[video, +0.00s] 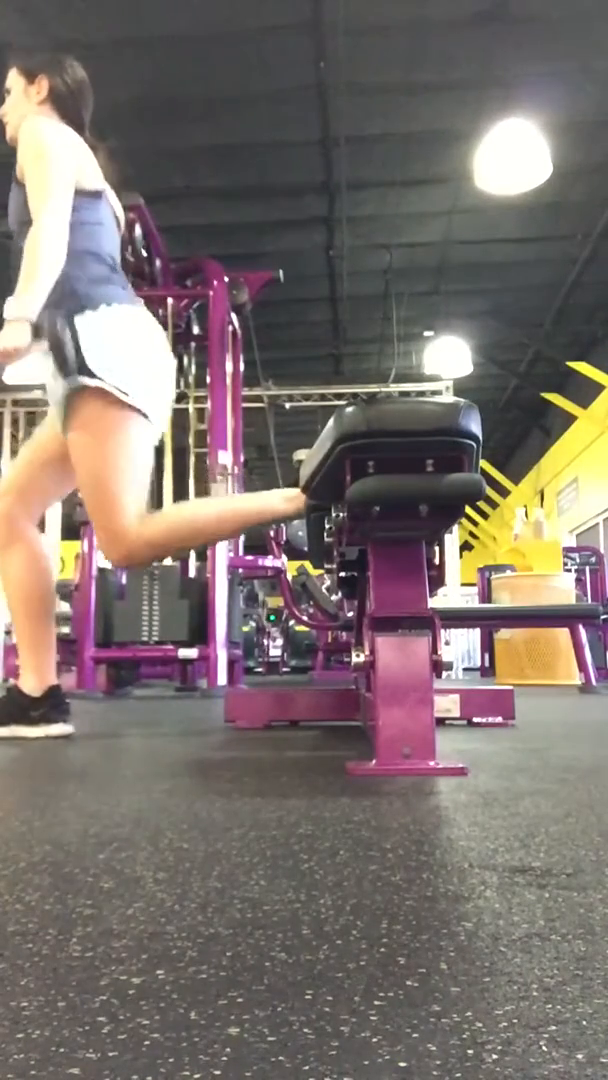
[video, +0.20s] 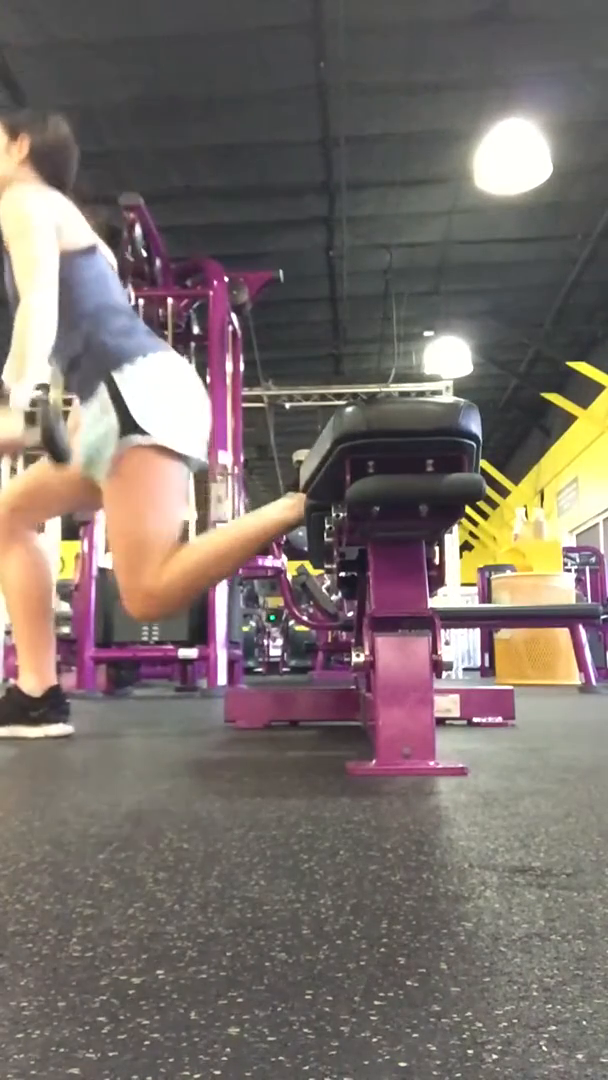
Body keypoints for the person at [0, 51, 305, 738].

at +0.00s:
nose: (5, 106)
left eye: (11, 93)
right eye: (6, 94)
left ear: (38, 90)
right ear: (54, 98)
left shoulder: (44, 133)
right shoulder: (69, 156)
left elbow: (50, 229)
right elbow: (77, 272)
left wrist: (18, 316)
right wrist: (26, 347)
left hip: (115, 344)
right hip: (103, 358)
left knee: (122, 537)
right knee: (14, 508)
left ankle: (304, 497)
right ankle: (37, 691)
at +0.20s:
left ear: (19, 147)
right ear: (40, 155)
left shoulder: (27, 200)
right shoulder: (51, 217)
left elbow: (40, 298)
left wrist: (23, 398)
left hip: (143, 392)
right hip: (117, 414)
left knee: (148, 592)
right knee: (13, 512)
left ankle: (306, 499)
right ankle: (36, 691)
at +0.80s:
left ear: (4, 267)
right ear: (33, 272)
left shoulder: (18, 316)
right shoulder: (48, 330)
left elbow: (37, 432)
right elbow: (99, 469)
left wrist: (15, 535)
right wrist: (74, 563)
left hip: (189, 462)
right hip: (147, 478)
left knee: (217, 668)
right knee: (19, 508)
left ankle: (301, 514)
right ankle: (37, 694)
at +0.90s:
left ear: (3, 244)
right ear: (32, 248)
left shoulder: (17, 292)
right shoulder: (48, 305)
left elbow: (33, 402)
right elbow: (100, 444)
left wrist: (14, 510)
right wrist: (75, 533)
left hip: (180, 450)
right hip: (139, 464)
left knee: (201, 658)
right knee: (23, 513)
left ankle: (301, 514)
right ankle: (36, 694)